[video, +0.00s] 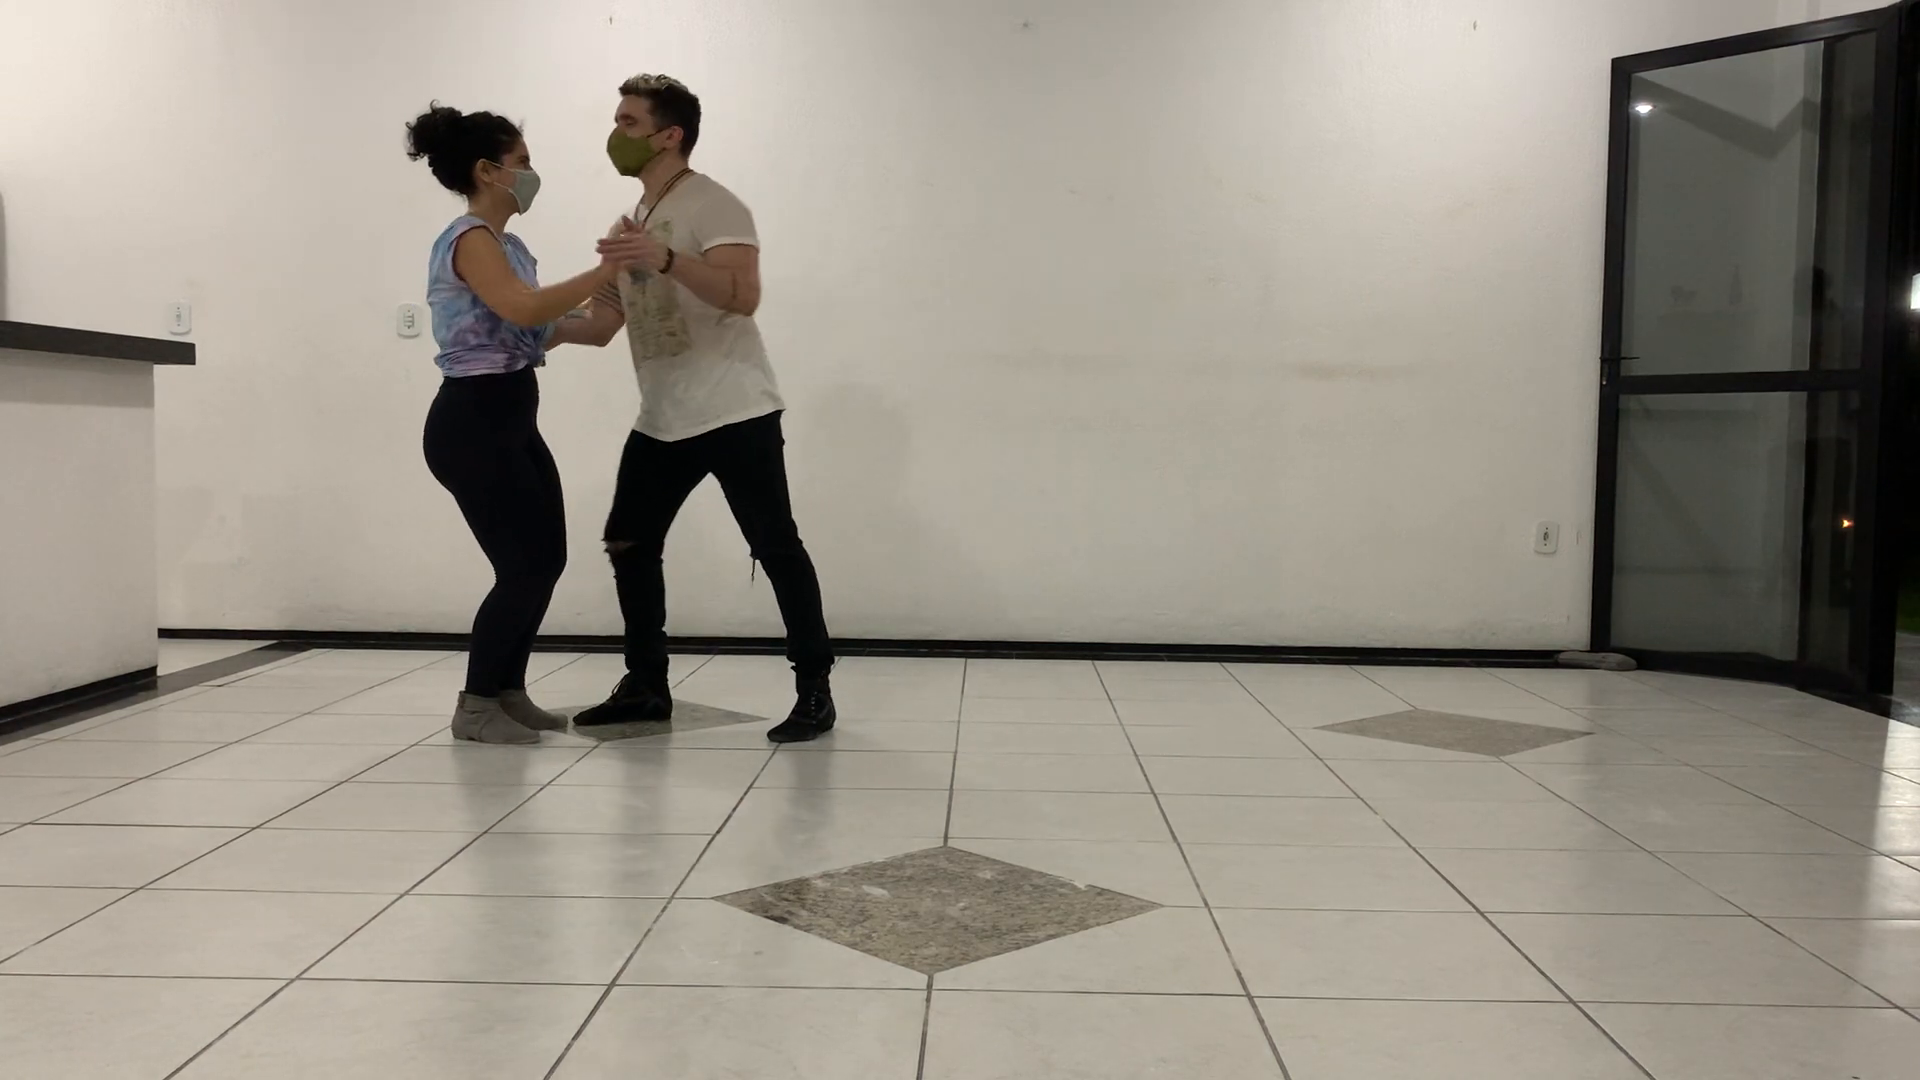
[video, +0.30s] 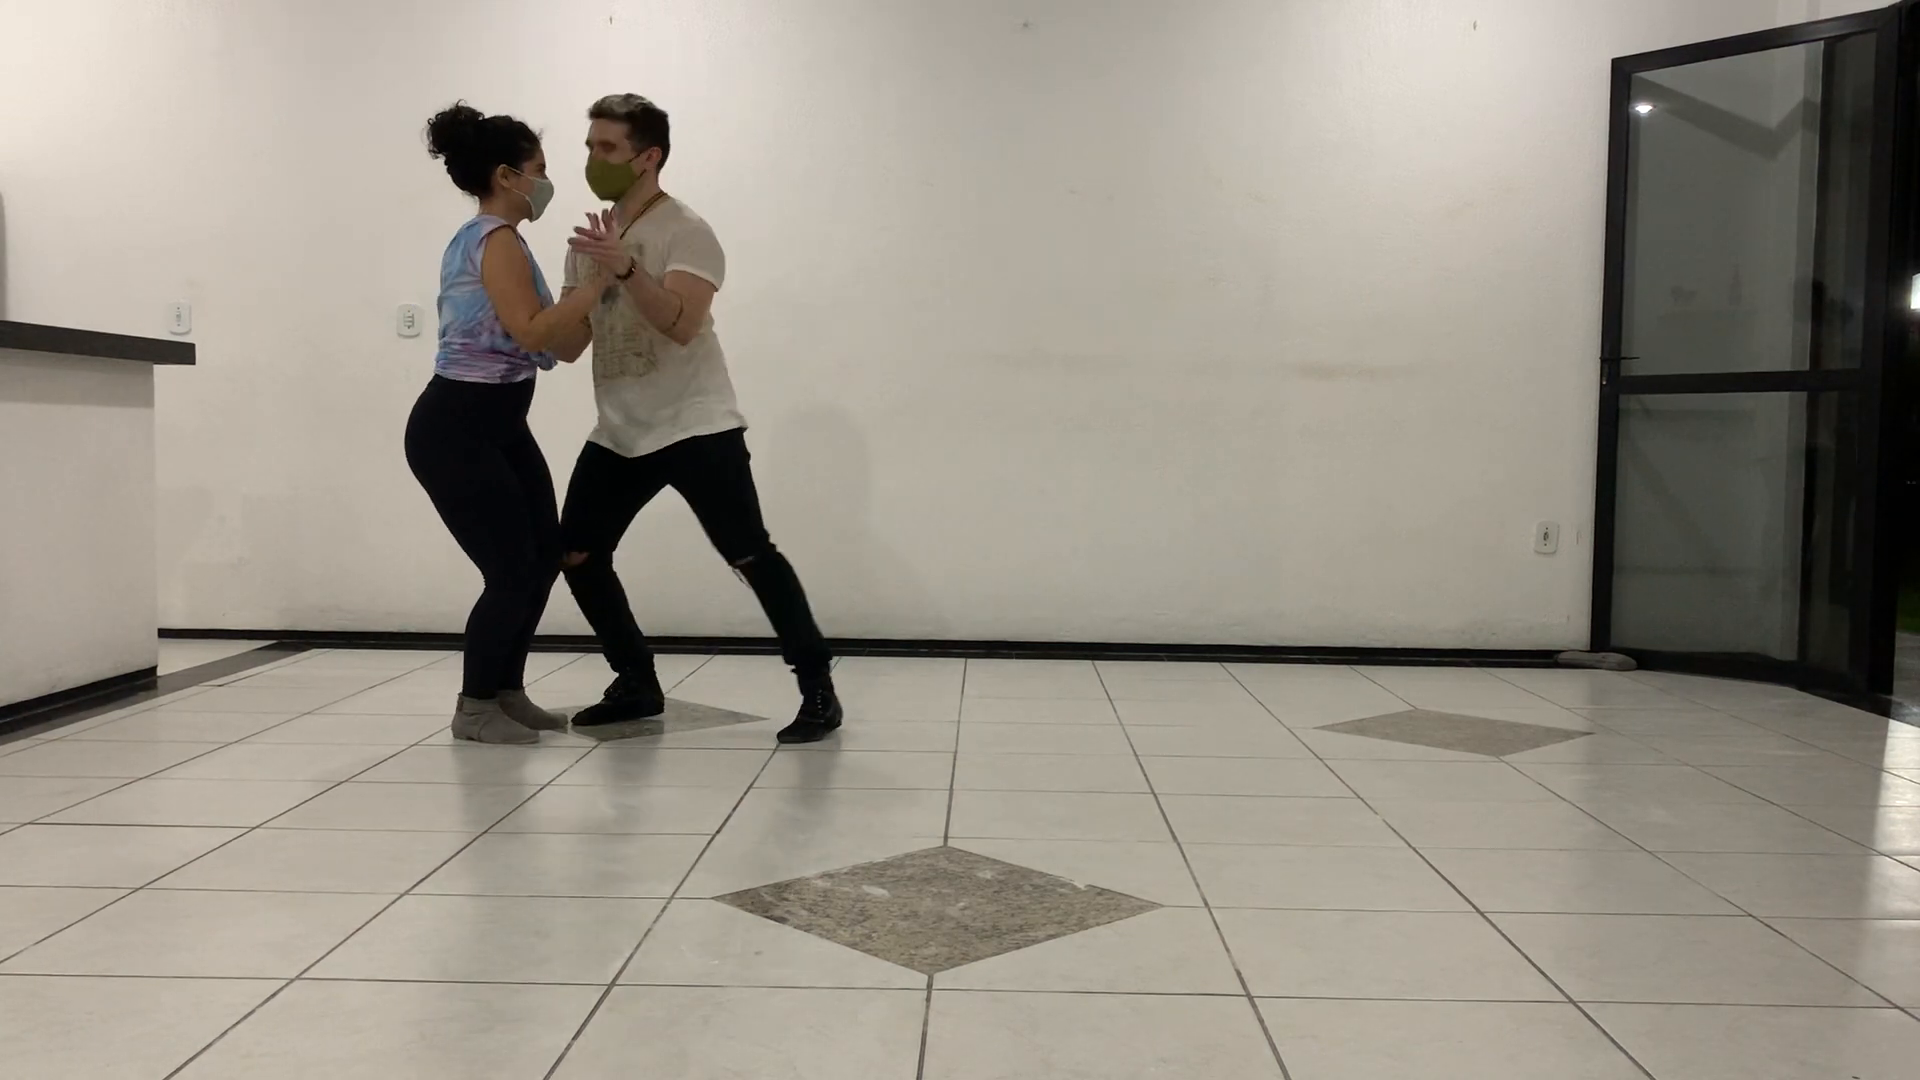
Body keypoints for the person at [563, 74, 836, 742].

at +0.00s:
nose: (614, 131)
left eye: (628, 122)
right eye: (616, 120)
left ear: (671, 135)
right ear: (651, 137)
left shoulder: (714, 205)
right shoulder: (630, 229)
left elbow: (742, 294)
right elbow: (600, 324)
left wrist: (665, 260)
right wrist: (526, 320)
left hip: (737, 408)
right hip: (665, 416)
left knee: (776, 546)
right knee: (630, 540)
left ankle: (815, 695)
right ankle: (646, 688)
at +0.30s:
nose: (593, 160)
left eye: (607, 149)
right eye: (591, 147)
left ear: (650, 156)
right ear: (593, 151)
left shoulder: (686, 231)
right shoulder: (593, 243)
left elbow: (683, 323)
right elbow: (565, 341)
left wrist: (624, 269)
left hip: (698, 425)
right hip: (623, 431)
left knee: (750, 552)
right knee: (579, 547)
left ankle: (819, 694)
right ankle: (637, 686)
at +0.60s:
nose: (607, 166)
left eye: (620, 156)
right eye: (604, 154)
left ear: (665, 162)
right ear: (605, 156)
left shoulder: (717, 241)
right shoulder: (595, 246)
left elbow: (745, 341)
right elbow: (535, 315)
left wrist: (675, 316)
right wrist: (447, 303)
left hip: (721, 404)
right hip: (641, 418)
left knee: (719, 520)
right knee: (594, 548)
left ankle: (733, 648)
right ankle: (633, 686)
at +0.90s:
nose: (654, 162)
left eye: (667, 151)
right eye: (650, 151)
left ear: (710, 156)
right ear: (650, 156)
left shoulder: (766, 234)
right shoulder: (642, 247)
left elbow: (791, 331)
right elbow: (561, 298)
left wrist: (712, 303)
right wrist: (467, 293)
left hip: (795, 407)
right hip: (718, 416)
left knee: (771, 547)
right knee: (666, 541)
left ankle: (737, 682)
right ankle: (639, 684)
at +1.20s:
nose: (719, 177)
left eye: (733, 166)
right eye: (717, 166)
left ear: (776, 173)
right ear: (719, 172)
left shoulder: (818, 241)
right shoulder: (715, 255)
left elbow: (798, 302)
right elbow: (651, 315)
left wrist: (717, 271)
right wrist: (577, 335)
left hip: (834, 424)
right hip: (760, 426)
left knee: (795, 557)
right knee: (699, 535)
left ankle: (742, 679)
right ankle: (740, 644)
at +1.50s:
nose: (770, 164)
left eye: (784, 153)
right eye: (765, 153)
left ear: (824, 160)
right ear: (761, 159)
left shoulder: (858, 224)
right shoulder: (758, 245)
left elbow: (912, 261)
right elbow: (718, 336)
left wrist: (826, 227)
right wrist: (665, 294)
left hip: (865, 407)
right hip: (795, 420)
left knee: (834, 544)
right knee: (799, 562)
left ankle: (770, 675)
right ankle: (872, 676)